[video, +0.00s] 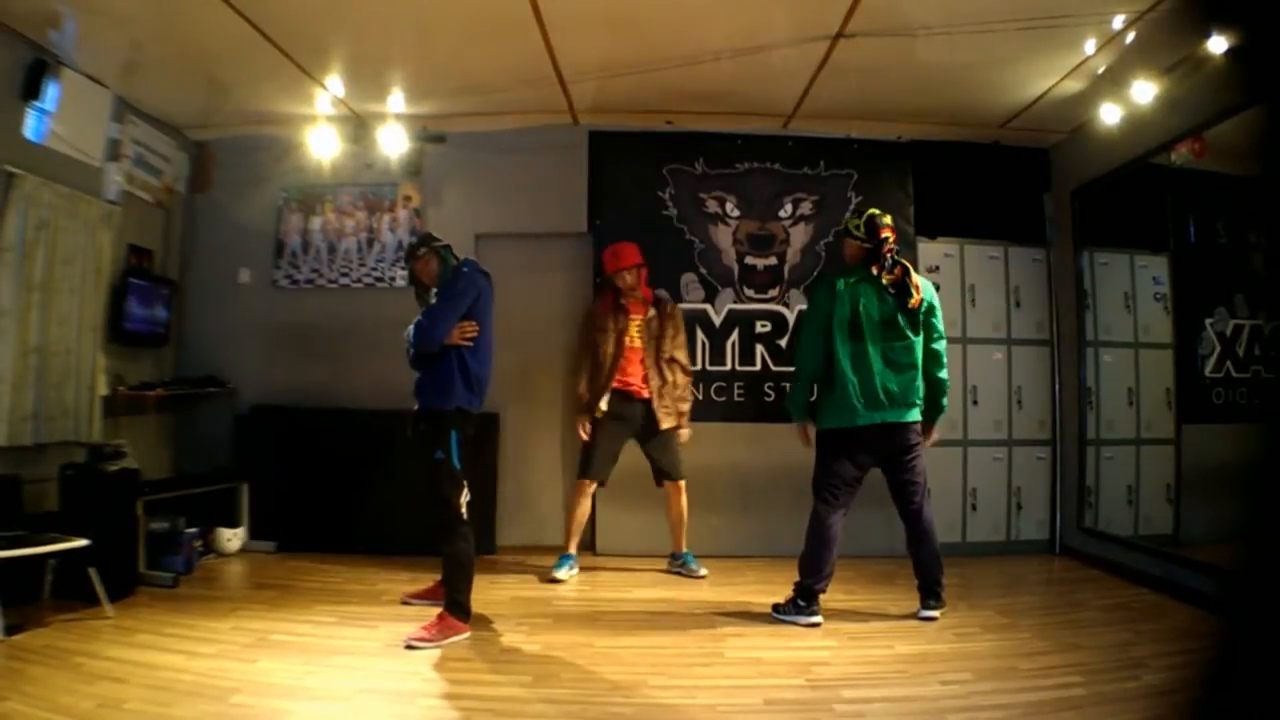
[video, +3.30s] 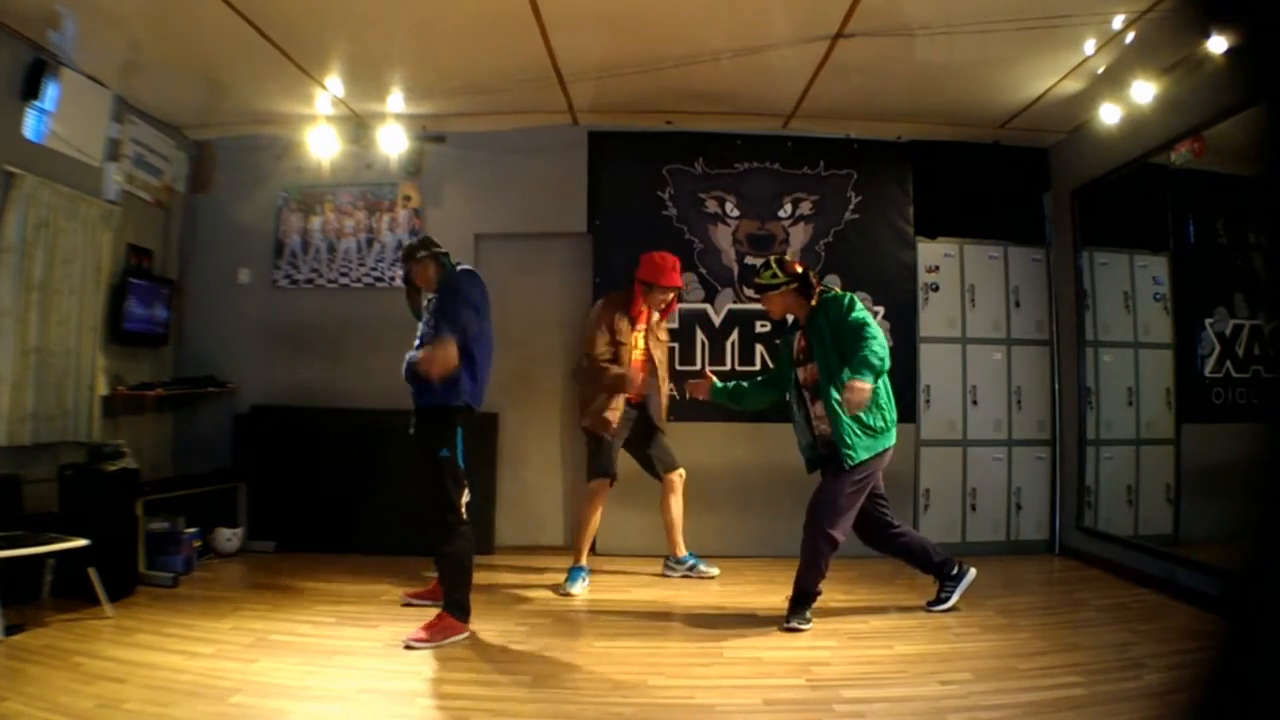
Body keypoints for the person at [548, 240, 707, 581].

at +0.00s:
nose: (625, 279)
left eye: (630, 272)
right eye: (618, 274)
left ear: (641, 271)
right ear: (611, 278)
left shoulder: (666, 312)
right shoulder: (601, 311)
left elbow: (679, 365)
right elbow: (585, 360)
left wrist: (682, 416)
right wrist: (583, 407)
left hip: (657, 408)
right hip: (613, 405)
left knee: (675, 480)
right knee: (587, 480)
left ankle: (680, 553)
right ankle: (569, 555)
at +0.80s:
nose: (636, 316)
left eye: (645, 311)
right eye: (634, 307)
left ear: (656, 316)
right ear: (625, 304)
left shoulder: (679, 346)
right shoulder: (599, 332)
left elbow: (700, 393)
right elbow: (584, 376)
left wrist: (684, 436)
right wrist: (591, 415)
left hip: (661, 421)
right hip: (616, 420)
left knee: (690, 496)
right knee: (596, 481)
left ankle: (689, 554)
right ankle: (579, 565)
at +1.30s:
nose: (638, 367)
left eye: (648, 363)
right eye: (636, 356)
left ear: (655, 369)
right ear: (626, 350)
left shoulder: (661, 389)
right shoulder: (592, 359)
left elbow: (655, 419)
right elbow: (556, 371)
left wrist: (636, 454)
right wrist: (562, 421)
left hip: (626, 435)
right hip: (585, 432)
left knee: (677, 491)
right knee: (569, 483)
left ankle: (683, 554)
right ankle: (577, 567)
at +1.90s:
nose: (669, 367)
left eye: (673, 359)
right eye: (661, 361)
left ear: (682, 358)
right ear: (650, 363)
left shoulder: (697, 374)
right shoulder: (630, 374)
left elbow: (702, 396)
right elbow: (593, 387)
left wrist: (679, 428)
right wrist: (599, 428)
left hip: (660, 439)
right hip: (620, 438)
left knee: (710, 487)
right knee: (596, 479)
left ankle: (687, 554)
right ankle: (578, 567)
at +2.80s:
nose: (704, 332)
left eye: (711, 326)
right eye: (699, 323)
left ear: (718, 330)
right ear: (687, 322)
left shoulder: (712, 362)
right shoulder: (653, 341)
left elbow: (702, 409)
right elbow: (611, 375)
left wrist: (708, 441)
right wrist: (613, 420)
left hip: (668, 432)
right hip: (631, 428)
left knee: (710, 486)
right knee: (597, 478)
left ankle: (687, 553)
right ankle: (578, 566)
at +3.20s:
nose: (674, 301)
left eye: (677, 295)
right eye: (668, 294)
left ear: (679, 295)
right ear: (648, 291)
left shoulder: (669, 327)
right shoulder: (609, 314)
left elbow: (669, 374)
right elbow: (580, 362)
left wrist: (673, 410)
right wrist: (594, 404)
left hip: (646, 417)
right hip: (608, 414)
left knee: (678, 481)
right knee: (592, 483)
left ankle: (680, 555)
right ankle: (578, 567)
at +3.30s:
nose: (669, 299)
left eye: (672, 293)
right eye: (664, 291)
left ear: (672, 292)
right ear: (644, 286)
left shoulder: (658, 321)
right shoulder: (608, 311)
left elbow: (656, 367)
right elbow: (597, 363)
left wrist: (663, 393)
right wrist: (625, 377)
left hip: (640, 413)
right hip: (606, 410)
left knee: (674, 476)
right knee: (600, 483)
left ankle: (678, 558)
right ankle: (579, 566)